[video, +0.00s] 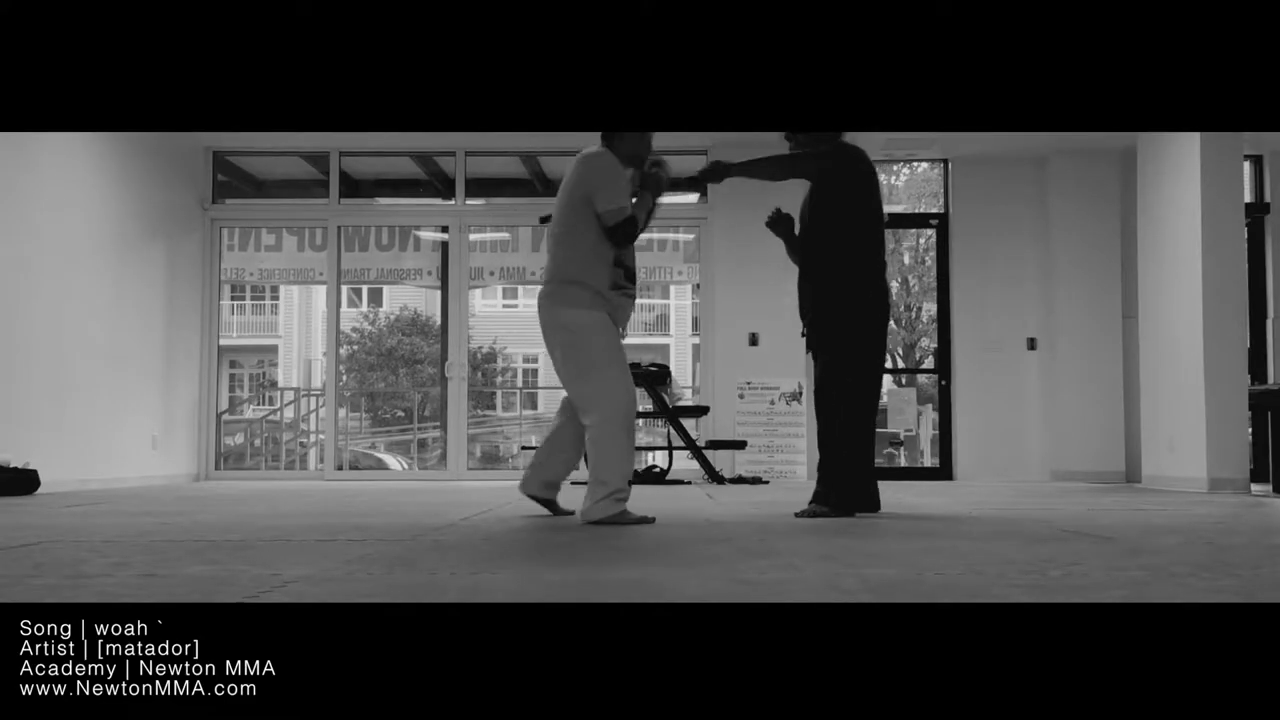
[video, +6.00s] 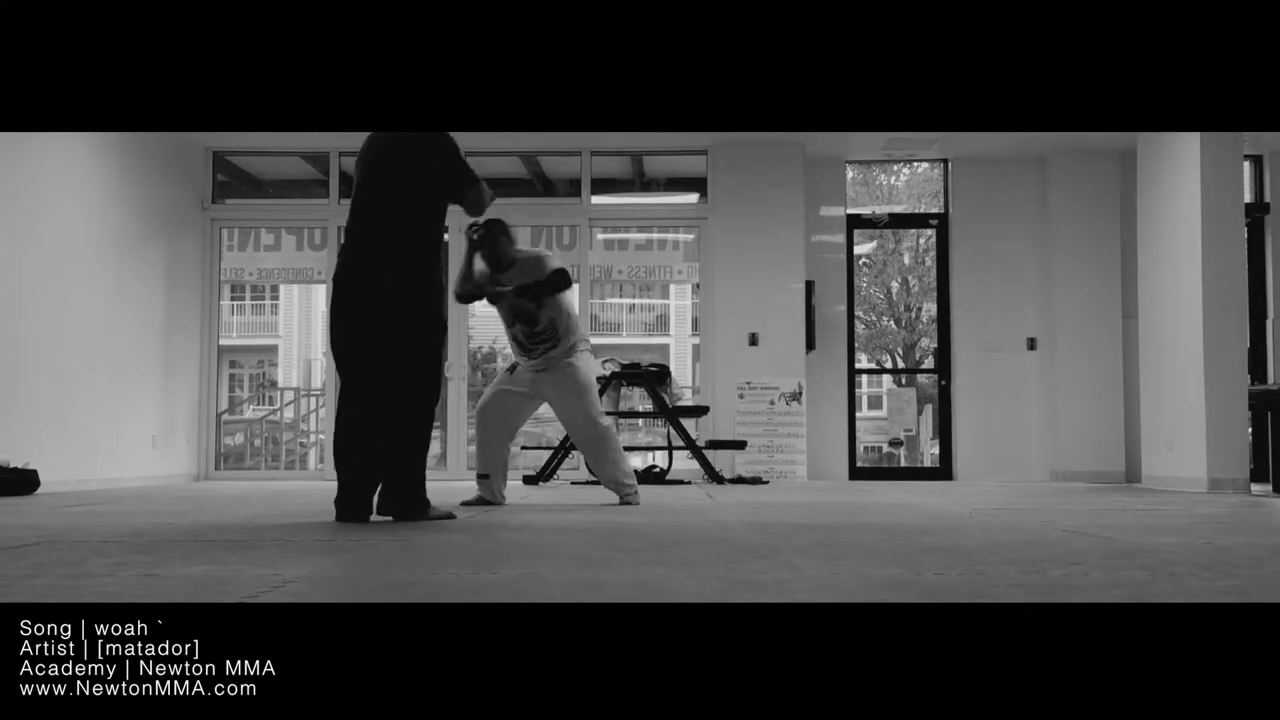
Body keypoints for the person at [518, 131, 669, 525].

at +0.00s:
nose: (649, 147)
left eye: (648, 139)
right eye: (644, 138)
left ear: (612, 139)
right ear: (625, 138)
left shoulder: (596, 167)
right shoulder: (602, 165)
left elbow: (621, 234)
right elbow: (622, 235)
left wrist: (646, 194)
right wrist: (648, 194)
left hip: (576, 303)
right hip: (577, 304)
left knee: (589, 397)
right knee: (612, 397)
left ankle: (541, 483)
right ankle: (604, 505)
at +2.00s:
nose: (564, 166)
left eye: (566, 160)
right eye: (562, 157)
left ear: (542, 153)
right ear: (542, 152)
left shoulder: (534, 191)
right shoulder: (500, 180)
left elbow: (536, 241)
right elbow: (533, 239)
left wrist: (564, 224)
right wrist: (552, 194)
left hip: (525, 315)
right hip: (499, 313)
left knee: (531, 403)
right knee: (515, 401)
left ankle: (507, 493)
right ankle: (496, 499)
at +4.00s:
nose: (548, 183)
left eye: (548, 176)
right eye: (545, 175)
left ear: (520, 172)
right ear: (528, 174)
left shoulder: (515, 207)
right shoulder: (496, 197)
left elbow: (541, 255)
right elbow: (520, 255)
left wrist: (551, 211)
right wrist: (546, 238)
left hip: (493, 323)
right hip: (481, 322)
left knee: (495, 407)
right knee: (514, 404)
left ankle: (464, 486)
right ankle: (498, 498)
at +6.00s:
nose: (488, 255)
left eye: (492, 247)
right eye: (483, 249)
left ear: (507, 242)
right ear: (481, 251)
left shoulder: (536, 260)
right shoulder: (489, 277)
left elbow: (563, 279)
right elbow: (463, 294)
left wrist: (517, 292)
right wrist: (469, 250)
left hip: (567, 359)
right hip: (525, 366)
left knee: (589, 424)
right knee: (490, 414)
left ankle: (628, 491)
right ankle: (491, 493)